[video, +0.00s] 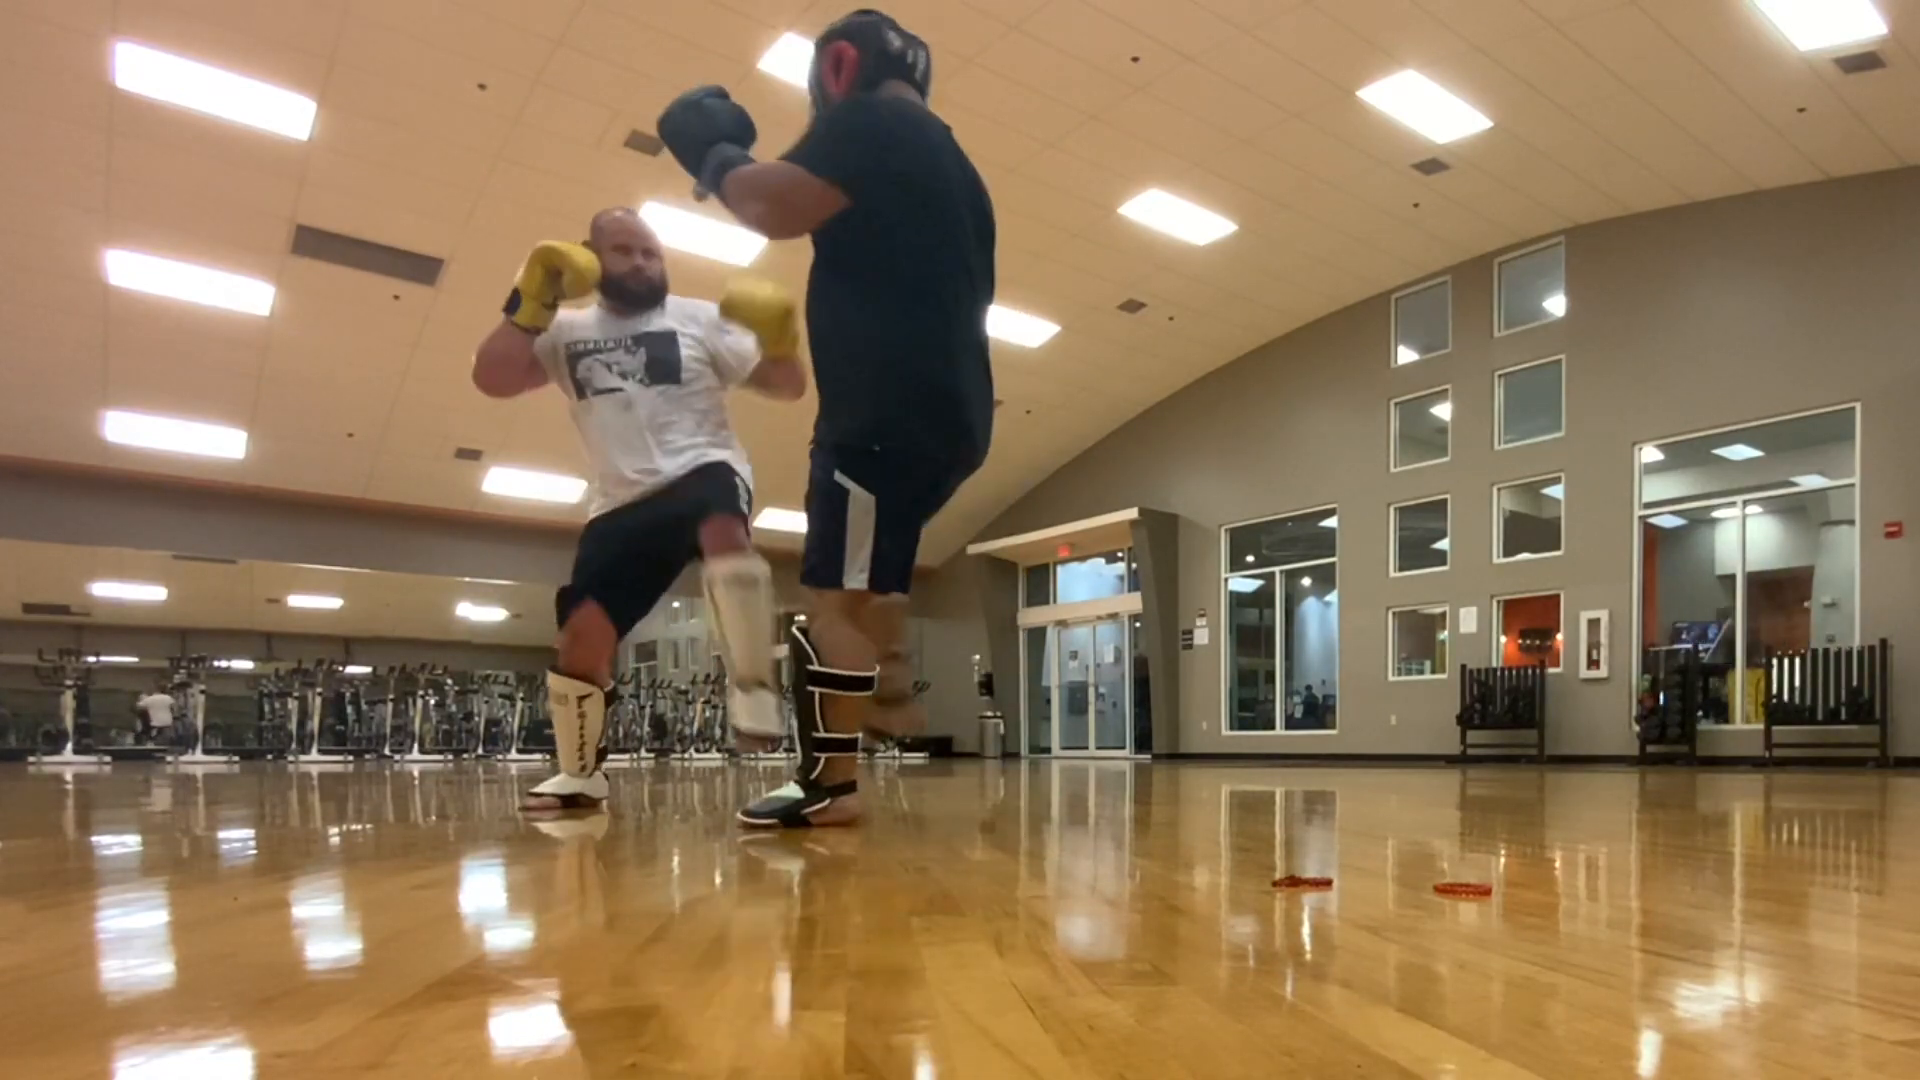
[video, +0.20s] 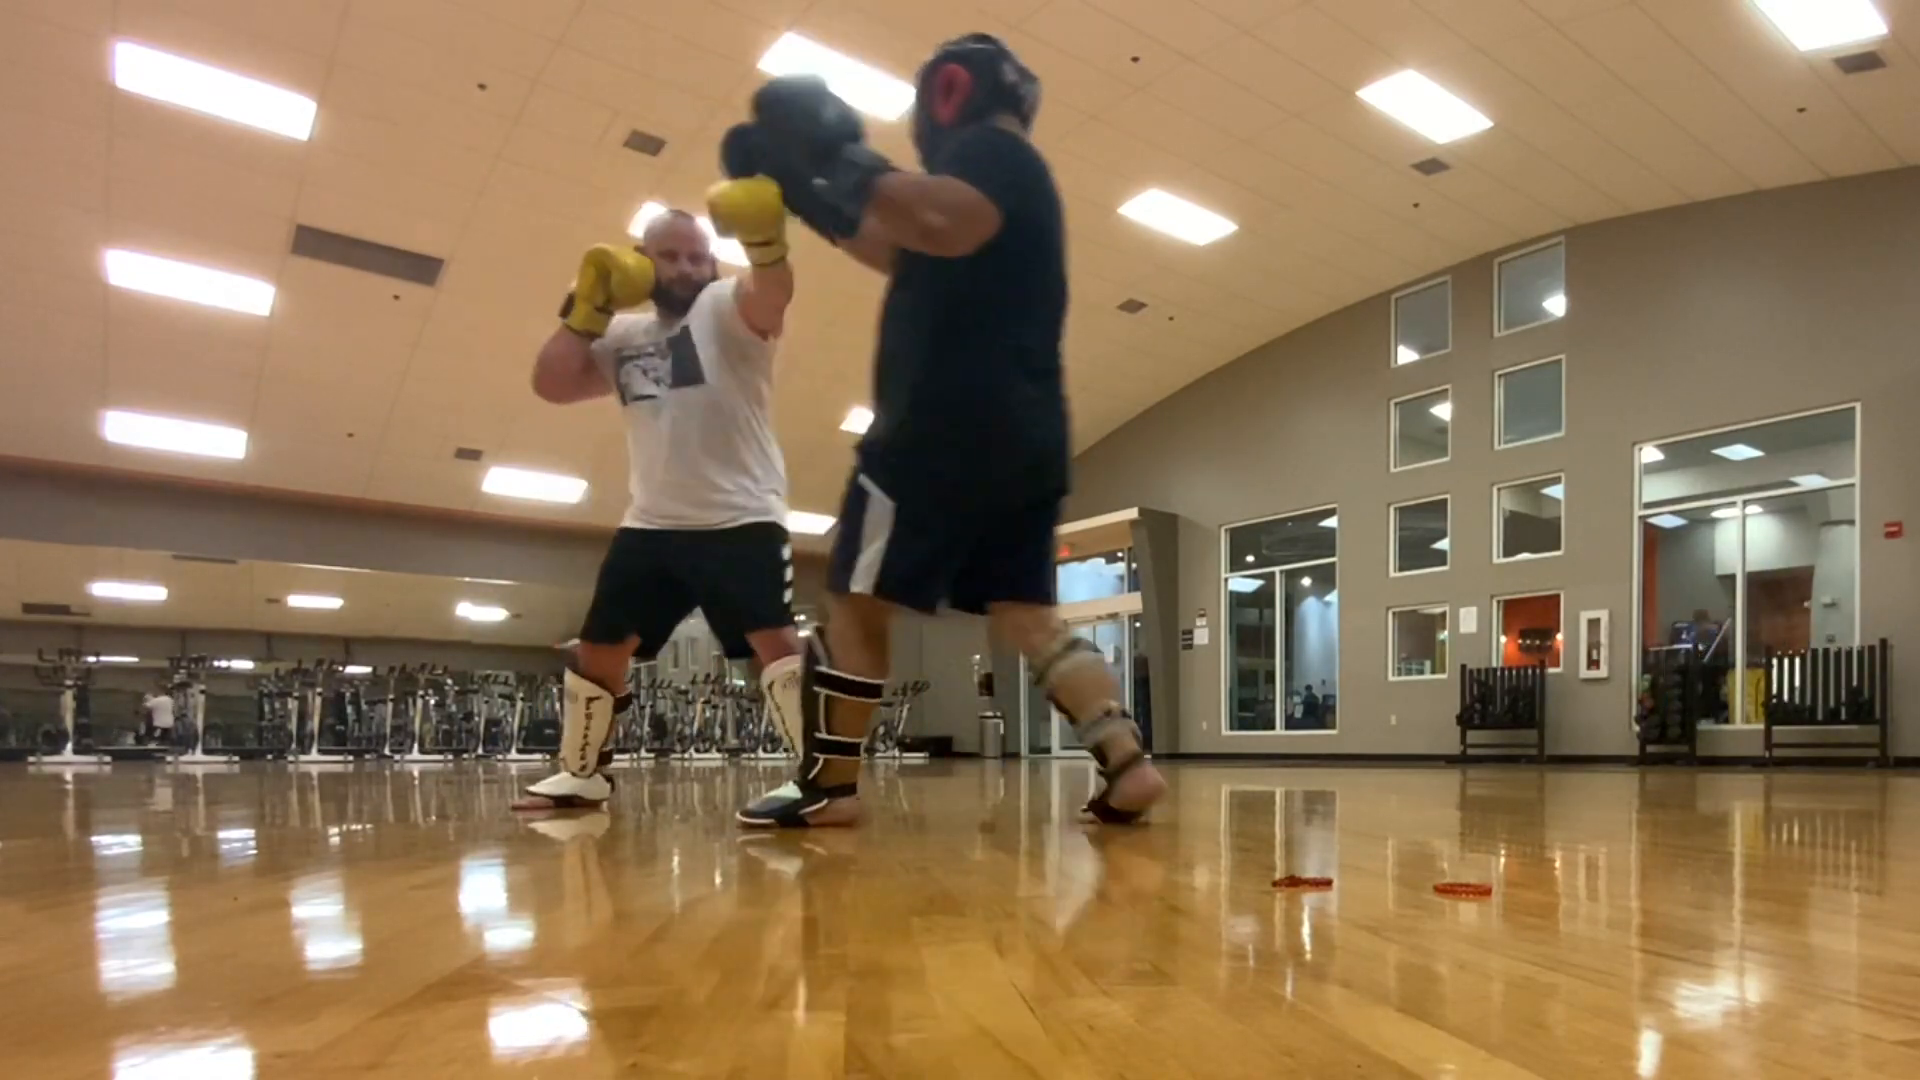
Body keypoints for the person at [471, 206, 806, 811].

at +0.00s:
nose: (642, 260)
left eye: (650, 250)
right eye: (623, 251)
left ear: (663, 259)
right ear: (594, 266)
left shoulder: (698, 319)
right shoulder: (567, 333)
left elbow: (788, 386)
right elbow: (492, 378)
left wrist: (780, 338)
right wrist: (532, 303)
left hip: (703, 473)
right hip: (623, 504)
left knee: (721, 526)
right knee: (585, 617)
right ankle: (580, 775)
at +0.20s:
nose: (683, 270)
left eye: (696, 258)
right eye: (669, 258)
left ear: (715, 263)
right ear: (641, 264)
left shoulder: (732, 307)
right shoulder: (622, 333)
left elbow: (768, 299)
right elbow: (552, 384)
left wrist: (765, 242)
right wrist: (586, 313)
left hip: (741, 515)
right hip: (652, 520)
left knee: (770, 636)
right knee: (602, 642)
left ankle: (819, 776)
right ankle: (581, 775)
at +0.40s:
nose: (697, 248)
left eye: (706, 233)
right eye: (680, 237)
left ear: (724, 230)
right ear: (656, 243)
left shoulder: (766, 299)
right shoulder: (642, 311)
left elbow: (856, 342)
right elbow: (577, 378)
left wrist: (816, 292)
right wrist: (603, 296)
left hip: (763, 495)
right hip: (674, 500)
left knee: (786, 625)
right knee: (627, 629)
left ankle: (826, 776)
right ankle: (615, 765)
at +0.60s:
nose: (702, 239)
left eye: (713, 227)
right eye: (686, 228)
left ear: (728, 230)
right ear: (658, 236)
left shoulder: (765, 296)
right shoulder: (632, 304)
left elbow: (848, 355)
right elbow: (568, 356)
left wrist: (842, 278)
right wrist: (613, 268)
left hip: (750, 502)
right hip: (649, 500)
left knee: (781, 630)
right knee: (609, 631)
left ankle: (825, 772)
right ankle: (610, 763)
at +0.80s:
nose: (687, 267)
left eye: (699, 254)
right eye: (673, 249)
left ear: (712, 251)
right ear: (639, 237)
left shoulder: (736, 324)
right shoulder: (583, 300)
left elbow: (779, 421)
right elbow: (552, 384)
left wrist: (802, 382)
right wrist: (612, 318)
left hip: (721, 511)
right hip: (620, 506)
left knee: (758, 635)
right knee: (604, 647)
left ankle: (821, 766)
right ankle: (615, 776)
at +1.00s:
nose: (705, 258)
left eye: (716, 247)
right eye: (693, 241)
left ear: (724, 250)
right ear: (660, 228)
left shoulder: (732, 314)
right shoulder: (591, 273)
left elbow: (780, 406)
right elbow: (571, 343)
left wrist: (820, 356)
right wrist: (635, 273)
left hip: (716, 504)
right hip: (615, 501)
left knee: (751, 632)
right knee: (609, 644)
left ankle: (807, 763)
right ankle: (612, 773)